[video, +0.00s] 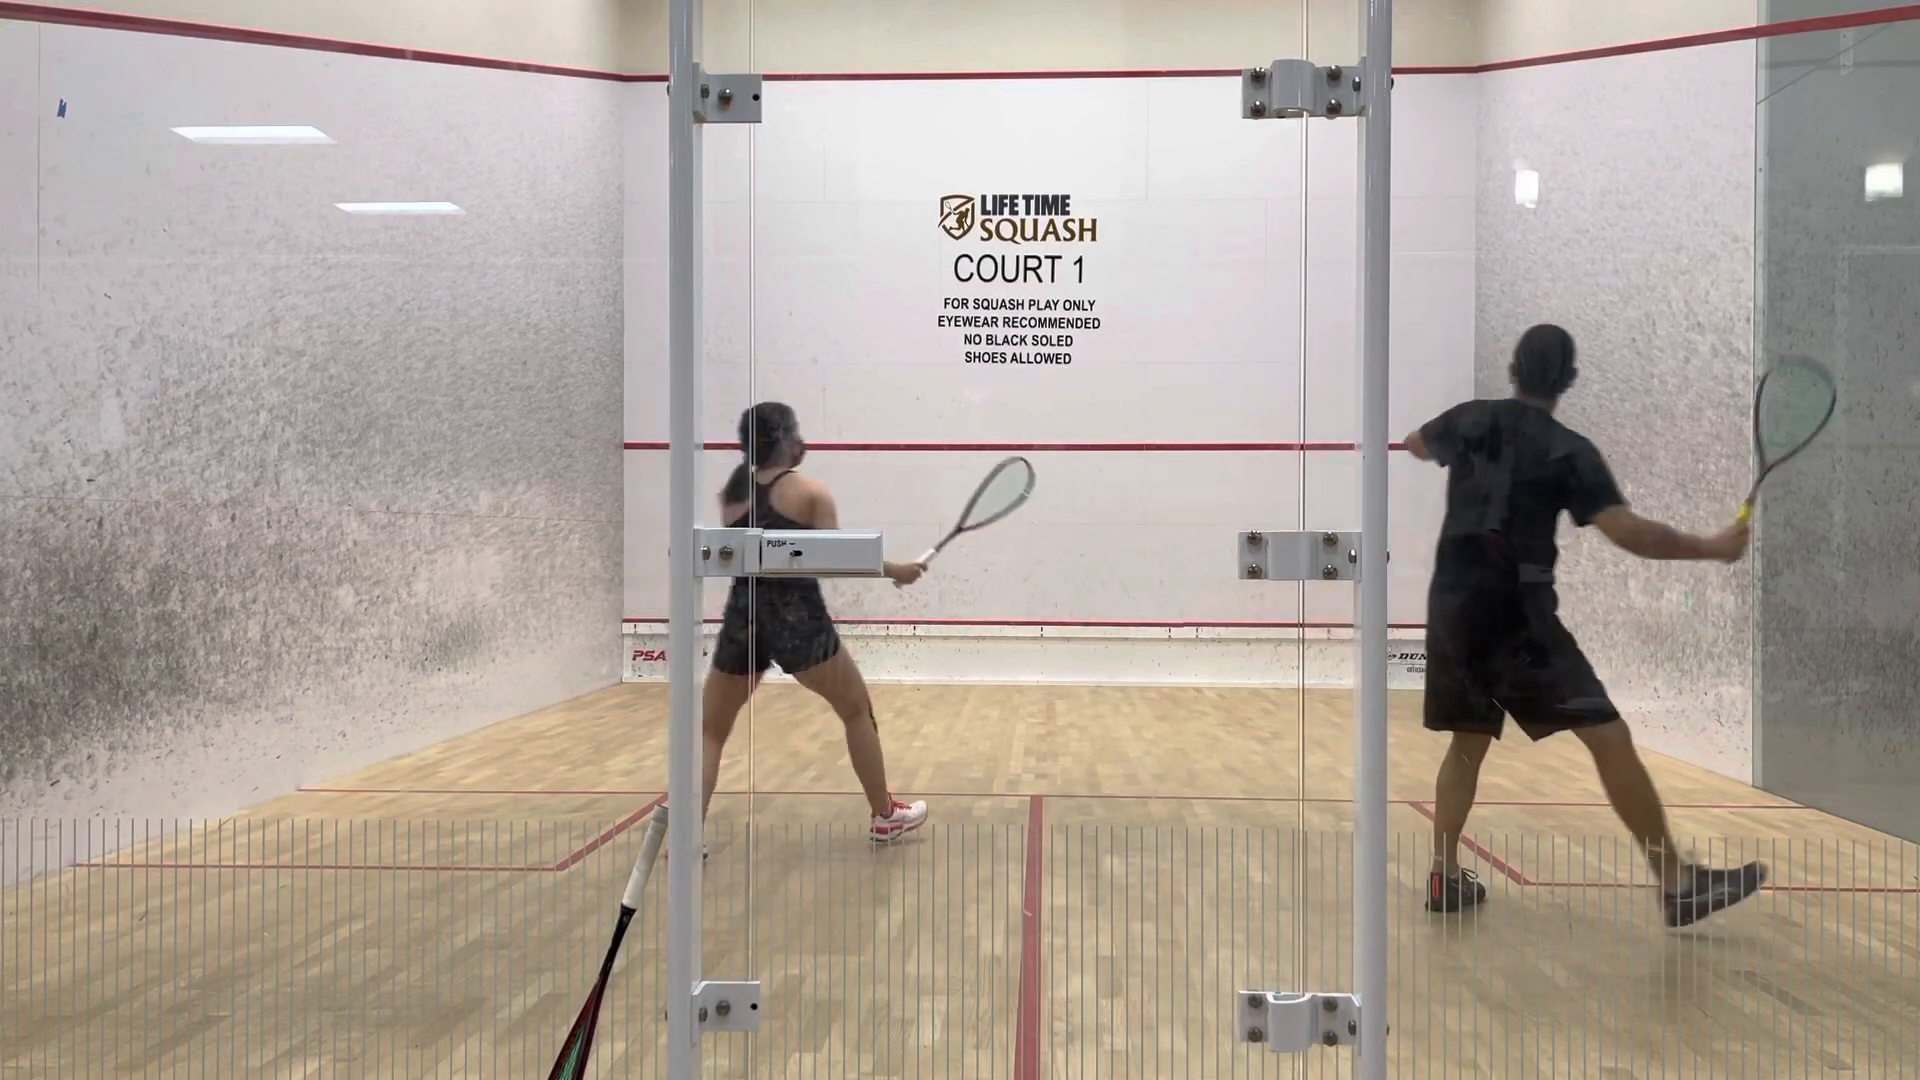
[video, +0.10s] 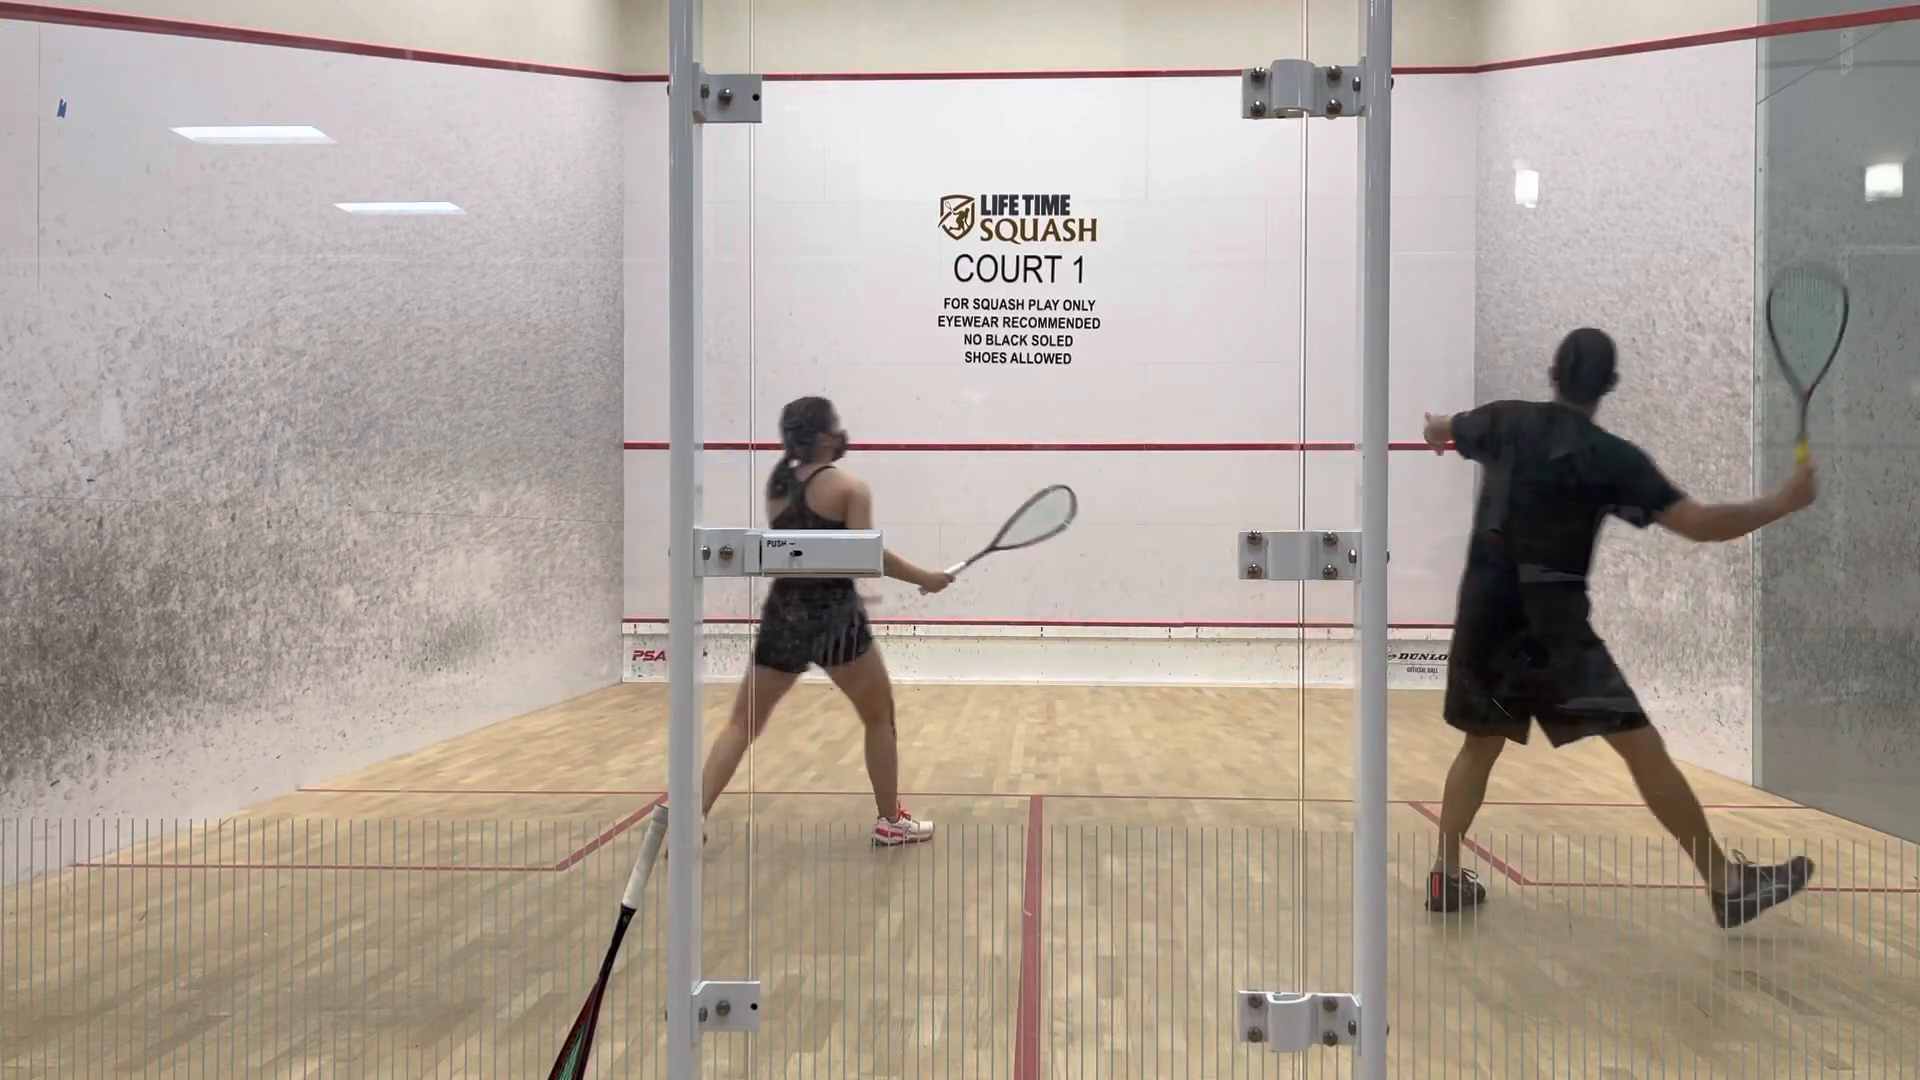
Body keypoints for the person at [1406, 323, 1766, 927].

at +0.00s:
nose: (1545, 377)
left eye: (1526, 366)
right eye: (1560, 369)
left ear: (1513, 370)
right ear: (1568, 379)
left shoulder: (1472, 420)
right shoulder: (1567, 450)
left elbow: (1415, 445)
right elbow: (1630, 532)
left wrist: (1445, 439)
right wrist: (1712, 545)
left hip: (1455, 619)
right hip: (1523, 621)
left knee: (1467, 738)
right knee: (1608, 736)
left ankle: (1443, 875)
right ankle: (1676, 879)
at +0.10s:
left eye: (1563, 368)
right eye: (1598, 374)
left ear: (1553, 373)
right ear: (1607, 385)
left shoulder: (1503, 420)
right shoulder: (1609, 455)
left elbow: (1445, 431)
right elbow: (1699, 523)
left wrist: (1440, 429)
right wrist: (1784, 500)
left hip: (1485, 624)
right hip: (1557, 630)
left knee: (1479, 743)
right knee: (1642, 746)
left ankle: (1444, 874)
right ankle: (1724, 880)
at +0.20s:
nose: (1625, 372)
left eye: (1619, 361)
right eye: (1645, 366)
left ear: (1604, 368)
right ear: (1659, 378)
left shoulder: (1554, 419)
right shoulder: (1669, 453)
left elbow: (1476, 427)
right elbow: (1779, 496)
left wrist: (1430, 433)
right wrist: (1853, 433)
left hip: (1529, 621)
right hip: (1606, 633)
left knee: (1493, 738)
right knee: (1674, 755)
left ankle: (1445, 869)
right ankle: (1740, 899)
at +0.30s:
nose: (1695, 361)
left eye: (1680, 352)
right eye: (1708, 355)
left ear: (1656, 359)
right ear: (1713, 369)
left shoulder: (1606, 412)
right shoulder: (1734, 436)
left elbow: (1507, 431)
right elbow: (1848, 438)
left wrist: (1443, 444)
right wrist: (1907, 358)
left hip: (1576, 617)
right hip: (1662, 630)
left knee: (1519, 730)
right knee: (1719, 755)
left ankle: (1460, 852)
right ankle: (1757, 903)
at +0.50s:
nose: (1789, 340)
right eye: (1798, 331)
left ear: (1739, 328)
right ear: (1799, 338)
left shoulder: (1687, 384)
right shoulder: (1812, 396)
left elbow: (1586, 419)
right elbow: (1888, 360)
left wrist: (1521, 446)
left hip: (1656, 591)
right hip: (1745, 602)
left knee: (1583, 700)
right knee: (1760, 747)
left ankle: (1517, 817)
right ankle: (1768, 895)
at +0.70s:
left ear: (1772, 319)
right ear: (1835, 330)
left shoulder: (1721, 379)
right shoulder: (1858, 393)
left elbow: (1617, 429)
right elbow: (1898, 452)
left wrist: (1612, 454)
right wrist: (1851, 389)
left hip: (1704, 597)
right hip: (1794, 608)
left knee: (1644, 706)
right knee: (1787, 745)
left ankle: (1593, 830)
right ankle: (1774, 895)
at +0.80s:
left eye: (1791, 313)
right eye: (1835, 321)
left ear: (1778, 319)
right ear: (1842, 328)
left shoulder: (1729, 382)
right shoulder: (1870, 397)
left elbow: (1634, 445)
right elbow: (1904, 492)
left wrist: (1643, 466)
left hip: (1719, 598)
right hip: (1809, 608)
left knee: (1679, 715)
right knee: (1795, 743)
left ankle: (1653, 845)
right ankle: (1775, 896)